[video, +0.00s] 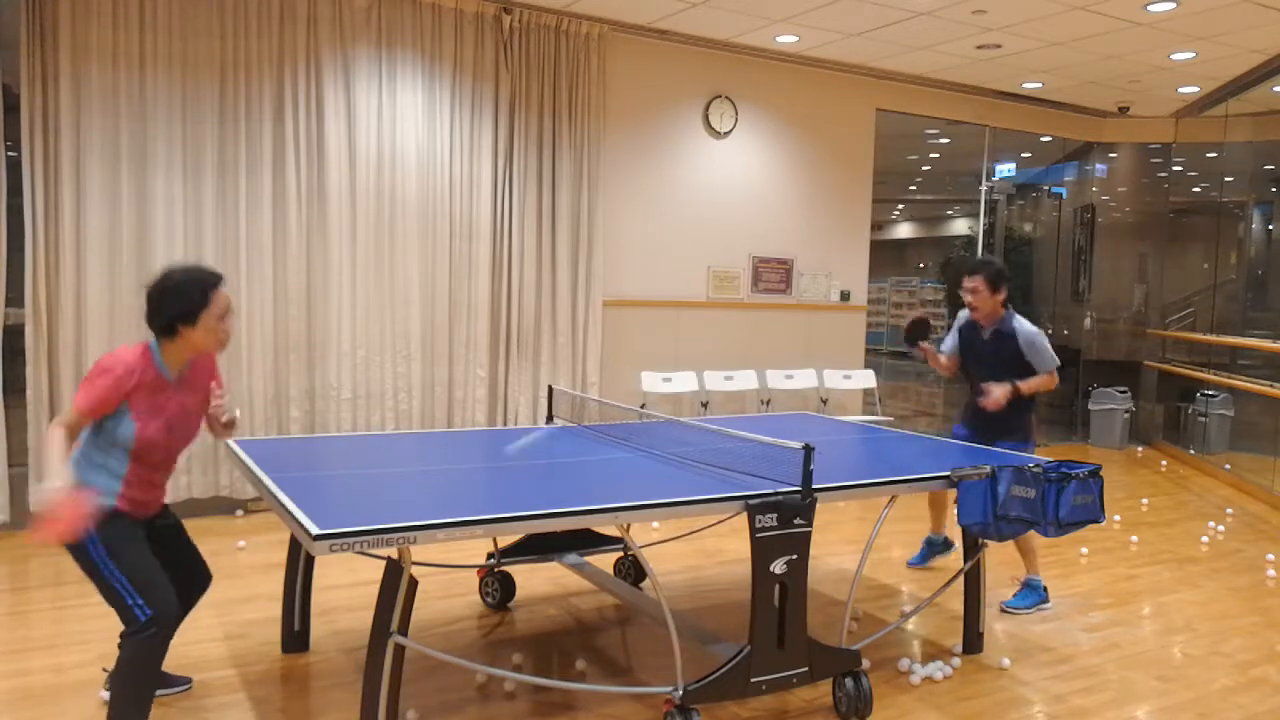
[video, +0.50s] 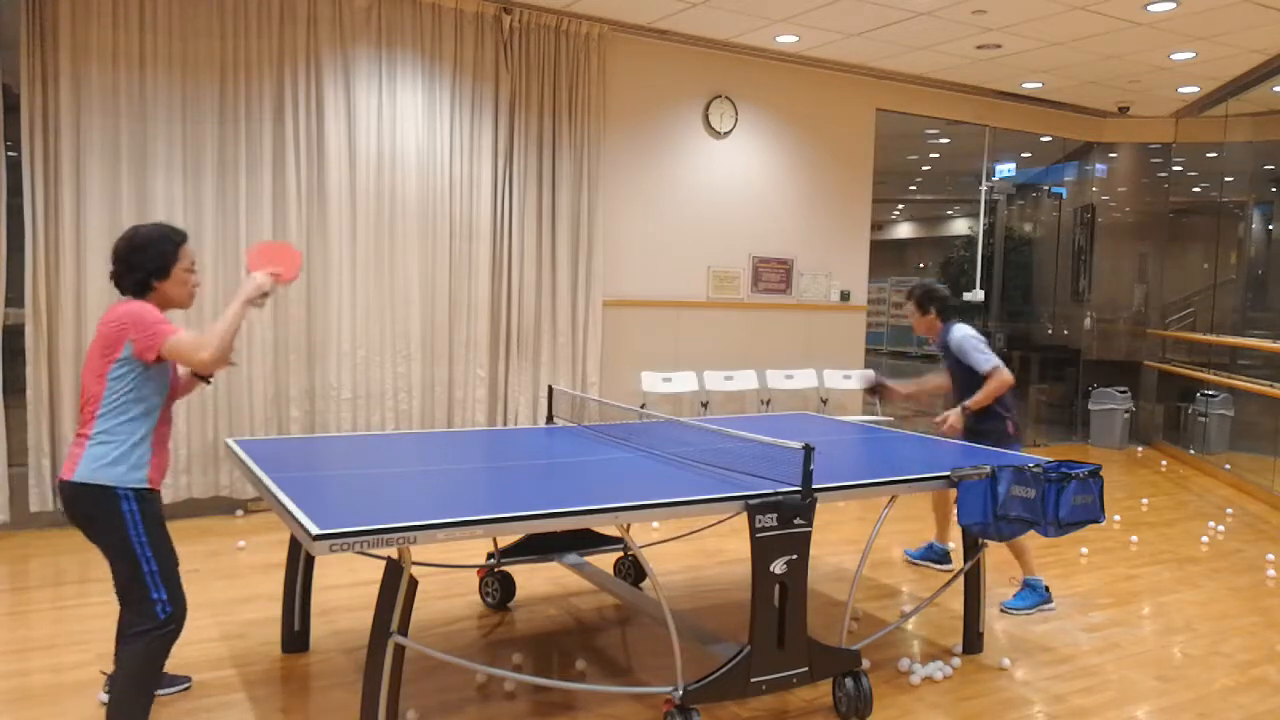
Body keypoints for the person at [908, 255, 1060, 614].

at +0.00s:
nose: (968, 299)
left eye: (976, 292)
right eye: (966, 292)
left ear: (1000, 295)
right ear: (965, 294)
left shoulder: (1025, 333)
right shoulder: (964, 323)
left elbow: (1051, 378)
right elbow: (949, 365)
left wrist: (1011, 388)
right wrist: (928, 351)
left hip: (1012, 435)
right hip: (972, 427)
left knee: (1012, 508)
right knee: (937, 474)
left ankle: (1034, 583)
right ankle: (938, 537)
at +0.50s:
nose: (911, 323)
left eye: (913, 316)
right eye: (910, 316)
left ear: (932, 314)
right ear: (931, 313)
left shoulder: (961, 336)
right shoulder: (946, 340)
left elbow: (1003, 377)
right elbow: (952, 380)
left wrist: (963, 409)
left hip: (996, 437)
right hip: (971, 434)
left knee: (998, 510)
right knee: (939, 477)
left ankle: (1035, 585)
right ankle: (941, 547)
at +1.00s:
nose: (885, 312)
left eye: (892, 306)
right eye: (882, 306)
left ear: (912, 310)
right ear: (879, 308)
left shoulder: (936, 340)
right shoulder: (882, 340)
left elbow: (962, 386)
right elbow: (865, 376)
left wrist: (924, 400)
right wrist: (839, 380)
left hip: (937, 427)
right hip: (901, 425)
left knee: (937, 488)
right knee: (876, 473)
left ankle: (959, 551)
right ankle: (884, 532)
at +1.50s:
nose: (938, 318)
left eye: (944, 311)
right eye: (932, 311)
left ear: (960, 306)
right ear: (925, 308)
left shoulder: (983, 327)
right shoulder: (914, 335)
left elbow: (1005, 355)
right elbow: (897, 382)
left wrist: (1009, 373)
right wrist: (919, 401)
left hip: (972, 423)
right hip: (930, 423)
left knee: (973, 488)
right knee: (901, 475)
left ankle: (973, 562)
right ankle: (903, 534)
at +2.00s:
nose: (915, 308)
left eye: (922, 301)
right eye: (911, 301)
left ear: (943, 306)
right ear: (908, 304)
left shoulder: (966, 338)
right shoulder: (903, 334)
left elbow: (991, 383)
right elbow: (895, 377)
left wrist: (959, 392)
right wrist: (895, 379)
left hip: (955, 425)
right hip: (916, 423)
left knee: (959, 489)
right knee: (893, 475)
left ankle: (977, 560)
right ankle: (908, 540)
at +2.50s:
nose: (885, 318)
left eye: (890, 310)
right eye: (883, 311)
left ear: (912, 309)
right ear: (908, 312)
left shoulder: (934, 336)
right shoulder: (919, 339)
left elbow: (975, 377)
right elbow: (941, 381)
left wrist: (930, 397)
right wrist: (923, 403)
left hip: (963, 430)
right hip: (939, 428)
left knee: (949, 497)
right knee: (909, 477)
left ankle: (981, 568)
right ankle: (910, 541)